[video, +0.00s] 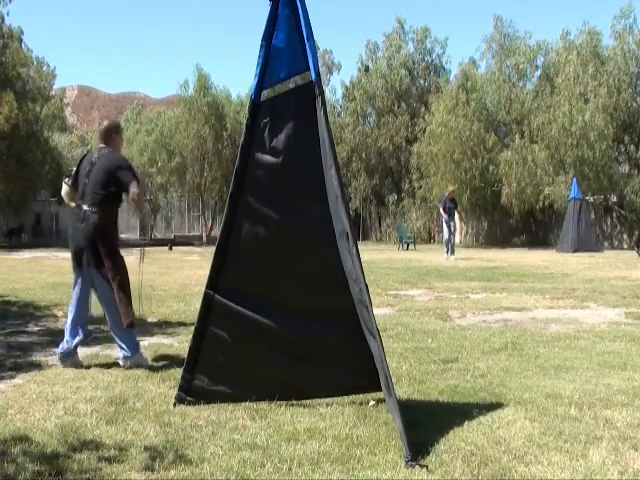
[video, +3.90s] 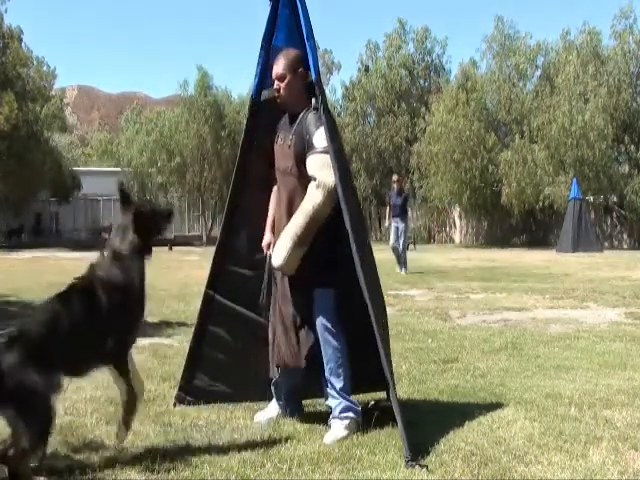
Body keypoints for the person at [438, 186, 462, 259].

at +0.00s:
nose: (450, 195)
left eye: (451, 193)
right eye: (449, 193)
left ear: (453, 194)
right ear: (447, 194)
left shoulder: (454, 200)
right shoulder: (444, 200)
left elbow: (457, 209)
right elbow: (441, 208)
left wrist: (461, 217)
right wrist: (444, 215)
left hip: (452, 218)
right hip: (446, 218)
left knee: (452, 236)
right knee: (447, 236)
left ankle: (452, 253)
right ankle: (446, 252)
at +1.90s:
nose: (439, 192)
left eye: (440, 190)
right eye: (437, 190)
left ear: (442, 191)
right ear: (436, 191)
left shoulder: (445, 200)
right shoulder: (433, 200)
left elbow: (448, 210)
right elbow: (430, 209)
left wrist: (449, 219)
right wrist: (430, 217)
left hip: (442, 220)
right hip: (434, 220)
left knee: (440, 239)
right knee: (436, 238)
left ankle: (440, 258)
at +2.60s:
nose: (425, 188)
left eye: (426, 186)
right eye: (423, 186)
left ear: (429, 186)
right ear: (421, 187)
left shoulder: (432, 196)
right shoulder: (419, 197)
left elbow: (436, 208)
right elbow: (416, 208)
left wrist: (438, 218)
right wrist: (416, 218)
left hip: (431, 219)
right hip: (422, 219)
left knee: (430, 239)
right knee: (424, 240)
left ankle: (430, 260)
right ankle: (427, 259)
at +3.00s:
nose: (420, 188)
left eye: (421, 185)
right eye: (418, 186)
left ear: (423, 186)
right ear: (416, 187)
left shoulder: (427, 197)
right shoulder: (413, 197)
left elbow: (430, 211)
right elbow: (410, 210)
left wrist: (432, 223)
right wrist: (410, 221)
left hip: (425, 221)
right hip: (416, 221)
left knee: (425, 244)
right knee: (415, 243)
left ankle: (426, 264)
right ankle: (417, 263)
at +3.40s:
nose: (407, 187)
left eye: (409, 185)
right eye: (405, 185)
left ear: (412, 185)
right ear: (404, 186)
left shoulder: (417, 196)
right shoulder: (402, 196)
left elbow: (420, 210)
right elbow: (399, 209)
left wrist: (418, 221)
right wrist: (396, 221)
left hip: (414, 221)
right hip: (405, 220)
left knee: (414, 244)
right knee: (407, 245)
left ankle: (419, 261)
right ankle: (410, 265)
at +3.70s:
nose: (401, 186)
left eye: (402, 184)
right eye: (399, 184)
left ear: (405, 185)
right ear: (397, 186)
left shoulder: (410, 196)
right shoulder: (394, 197)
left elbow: (416, 207)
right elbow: (391, 207)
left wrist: (420, 218)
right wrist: (391, 215)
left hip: (407, 220)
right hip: (397, 220)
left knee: (404, 244)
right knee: (403, 244)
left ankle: (404, 265)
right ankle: (409, 263)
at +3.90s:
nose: (395, 184)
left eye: (397, 182)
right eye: (394, 182)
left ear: (401, 182)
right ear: (392, 183)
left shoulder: (405, 194)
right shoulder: (390, 195)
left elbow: (410, 208)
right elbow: (388, 207)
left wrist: (412, 220)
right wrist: (387, 219)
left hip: (403, 220)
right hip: (394, 220)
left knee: (402, 244)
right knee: (392, 243)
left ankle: (403, 267)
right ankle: (399, 263)